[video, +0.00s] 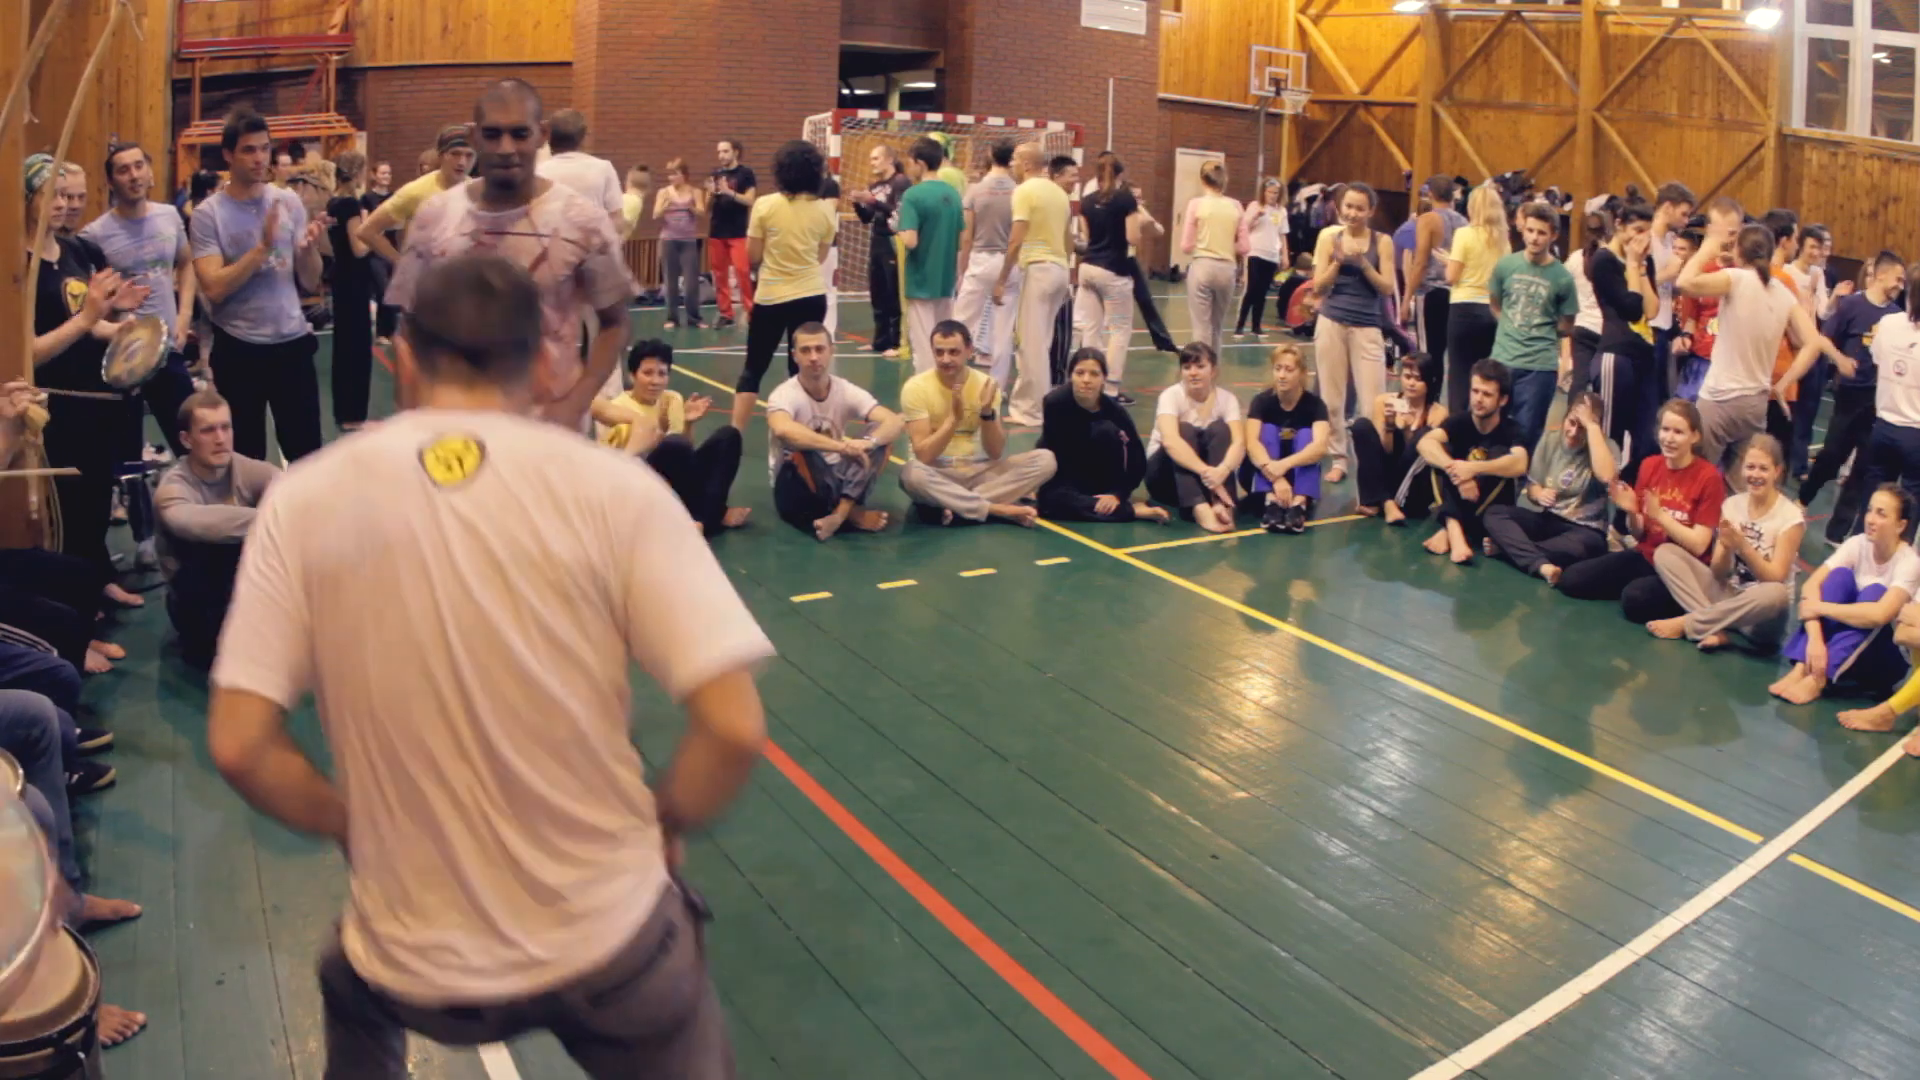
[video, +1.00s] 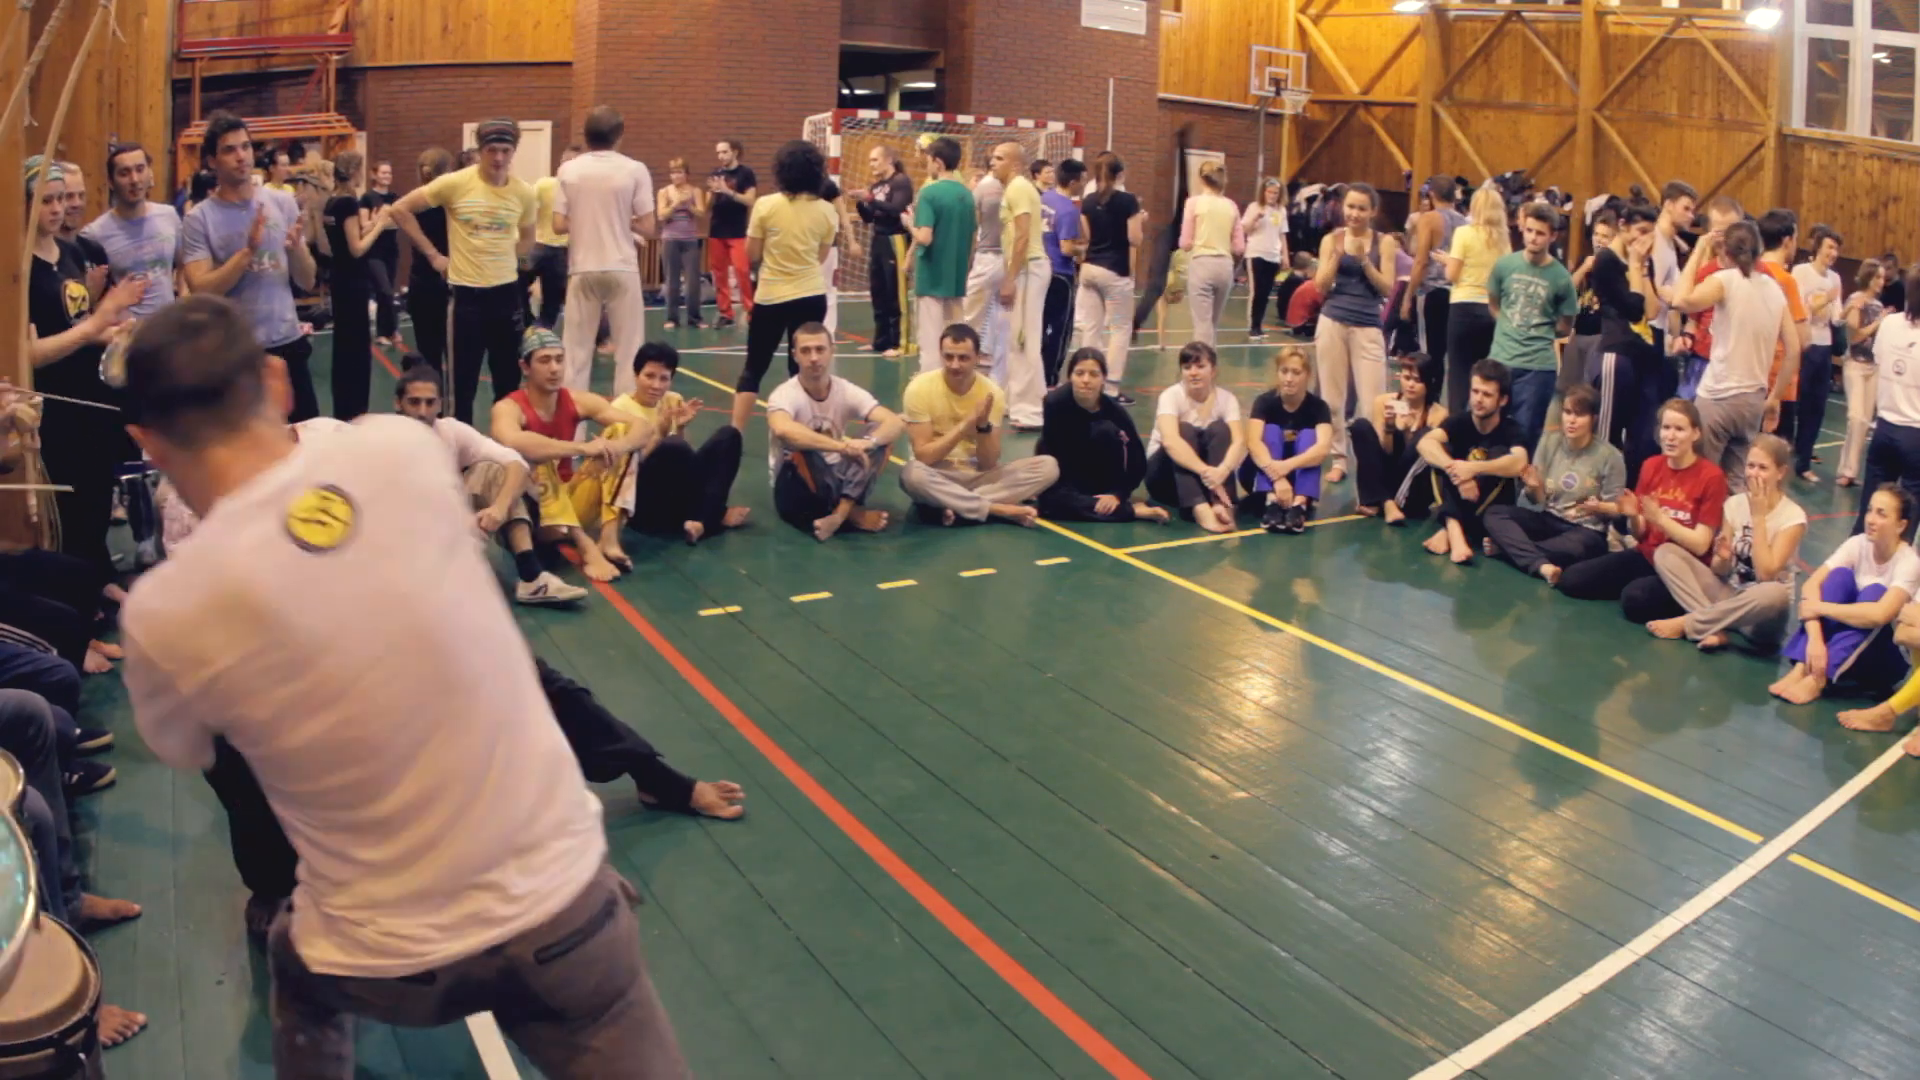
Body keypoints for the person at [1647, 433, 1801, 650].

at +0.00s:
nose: (1755, 475)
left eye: (1763, 469)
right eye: (1750, 467)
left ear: (1778, 472)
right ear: (1741, 469)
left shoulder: (1790, 515)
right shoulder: (1732, 505)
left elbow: (1776, 576)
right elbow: (1718, 572)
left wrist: (1742, 546)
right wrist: (1726, 548)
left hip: (1760, 602)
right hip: (1725, 593)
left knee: (1774, 593)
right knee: (1665, 552)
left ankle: (1686, 624)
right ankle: (1713, 629)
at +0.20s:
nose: (1758, 474)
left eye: (1767, 468)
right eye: (1753, 465)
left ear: (1781, 472)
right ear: (1744, 467)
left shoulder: (1790, 516)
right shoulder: (1732, 504)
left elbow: (1774, 576)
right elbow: (1718, 572)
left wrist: (1739, 547)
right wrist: (1731, 551)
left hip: (1760, 603)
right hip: (1724, 594)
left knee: (1774, 593)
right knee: (1665, 552)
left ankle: (1686, 624)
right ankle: (1712, 629)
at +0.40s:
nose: (1758, 476)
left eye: (1767, 471)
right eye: (1754, 468)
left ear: (1782, 475)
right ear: (1746, 469)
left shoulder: (1791, 519)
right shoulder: (1733, 504)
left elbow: (1774, 576)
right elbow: (1717, 571)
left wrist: (1750, 543)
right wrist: (1724, 553)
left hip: (1760, 603)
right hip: (1724, 593)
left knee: (1774, 593)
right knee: (1665, 553)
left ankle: (1686, 624)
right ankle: (1712, 629)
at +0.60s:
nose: (1757, 475)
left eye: (1766, 470)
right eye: (1753, 468)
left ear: (1783, 474)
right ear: (1746, 469)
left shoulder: (1793, 518)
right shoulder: (1734, 504)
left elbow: (1769, 574)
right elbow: (1719, 571)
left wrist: (1760, 521)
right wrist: (1721, 556)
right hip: (1725, 595)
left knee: (1774, 594)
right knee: (1665, 552)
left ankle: (1686, 624)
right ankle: (1711, 629)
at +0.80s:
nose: (1755, 475)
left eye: (1763, 469)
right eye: (1751, 467)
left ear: (1781, 473)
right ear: (1744, 469)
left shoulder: (1793, 517)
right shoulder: (1734, 505)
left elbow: (1767, 574)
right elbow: (1720, 572)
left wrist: (1759, 519)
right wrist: (1723, 558)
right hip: (1726, 595)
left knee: (1773, 594)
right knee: (1665, 552)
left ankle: (1686, 624)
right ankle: (1711, 629)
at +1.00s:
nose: (1754, 474)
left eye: (1763, 468)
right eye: (1751, 466)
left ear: (1781, 473)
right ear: (1744, 468)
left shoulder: (1793, 516)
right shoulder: (1734, 504)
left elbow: (1767, 573)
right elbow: (1719, 571)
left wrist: (1758, 517)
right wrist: (1723, 558)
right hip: (1727, 595)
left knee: (1773, 594)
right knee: (1665, 552)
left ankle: (1686, 624)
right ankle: (1712, 629)